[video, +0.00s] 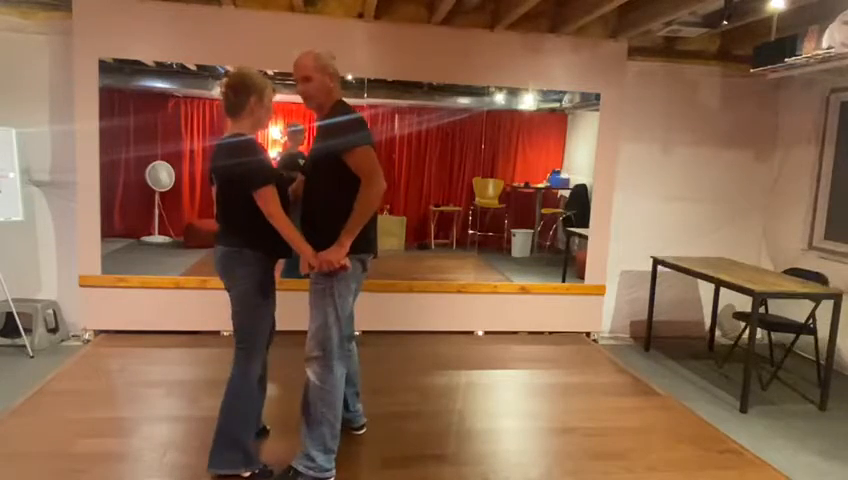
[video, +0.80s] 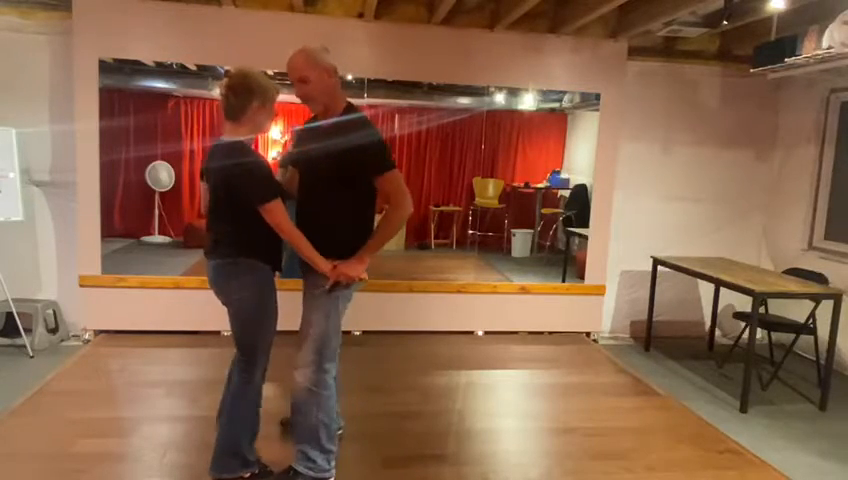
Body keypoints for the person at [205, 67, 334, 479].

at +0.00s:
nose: (271, 111)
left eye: (271, 104)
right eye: (269, 103)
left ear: (233, 104)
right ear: (254, 103)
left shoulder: (225, 149)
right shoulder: (248, 150)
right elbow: (272, 210)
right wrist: (306, 249)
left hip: (236, 253)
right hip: (250, 258)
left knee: (258, 343)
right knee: (250, 353)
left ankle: (249, 424)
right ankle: (230, 459)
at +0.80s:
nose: (272, 116)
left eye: (272, 108)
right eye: (270, 108)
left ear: (229, 107)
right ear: (257, 109)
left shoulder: (216, 155)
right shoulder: (250, 163)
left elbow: (205, 210)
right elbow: (283, 226)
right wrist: (325, 267)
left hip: (226, 266)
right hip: (249, 272)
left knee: (249, 359)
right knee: (251, 365)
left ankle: (234, 452)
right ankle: (234, 463)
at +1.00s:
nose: (267, 109)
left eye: (267, 101)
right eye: (263, 101)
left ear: (223, 103)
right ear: (244, 104)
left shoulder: (215, 150)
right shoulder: (243, 157)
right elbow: (284, 219)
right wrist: (325, 258)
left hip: (226, 261)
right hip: (249, 266)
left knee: (247, 345)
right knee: (255, 357)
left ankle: (223, 422)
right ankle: (235, 459)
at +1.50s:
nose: (250, 111)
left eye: (249, 103)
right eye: (246, 103)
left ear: (207, 105)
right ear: (230, 106)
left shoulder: (201, 153)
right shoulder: (227, 158)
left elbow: (252, 190)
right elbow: (270, 212)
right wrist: (314, 245)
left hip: (217, 256)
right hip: (242, 261)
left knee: (234, 343)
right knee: (253, 353)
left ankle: (212, 429)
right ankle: (236, 455)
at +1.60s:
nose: (247, 114)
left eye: (247, 106)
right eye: (244, 106)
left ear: (208, 107)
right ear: (228, 107)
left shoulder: (199, 154)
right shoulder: (223, 158)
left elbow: (251, 192)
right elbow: (267, 212)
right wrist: (311, 244)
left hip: (215, 256)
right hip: (239, 260)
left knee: (233, 343)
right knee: (253, 349)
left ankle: (212, 430)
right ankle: (237, 455)